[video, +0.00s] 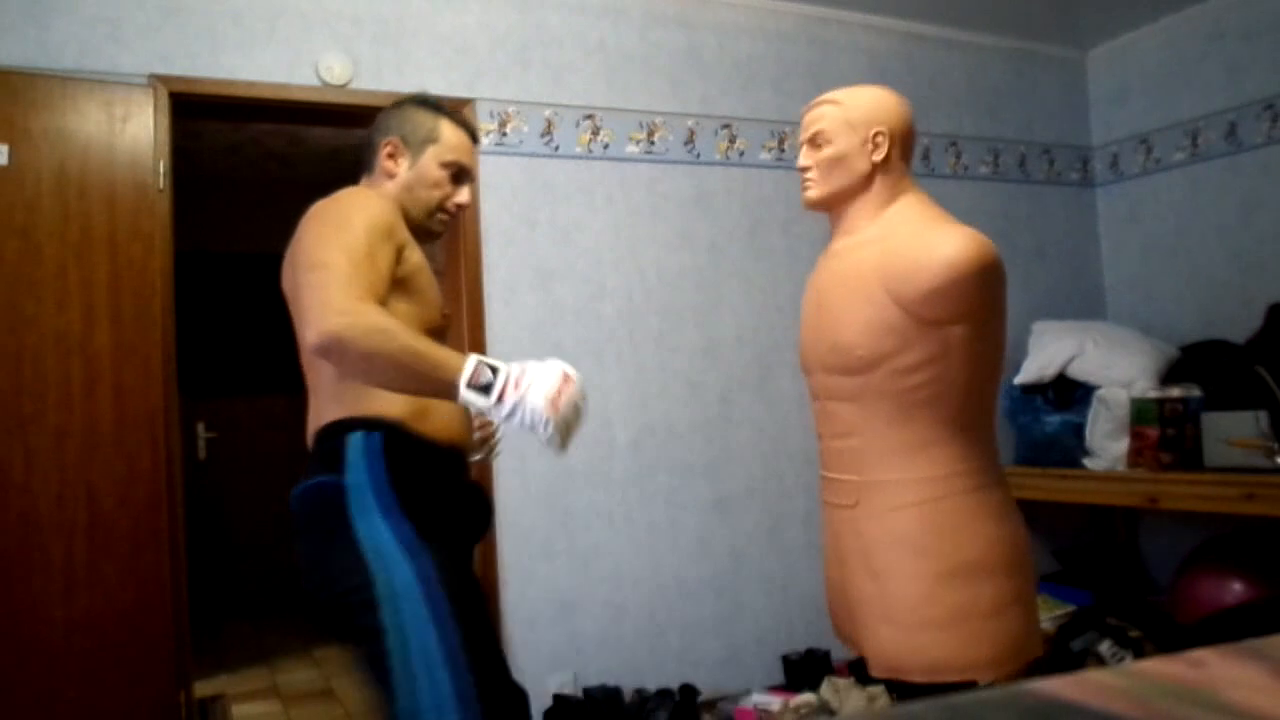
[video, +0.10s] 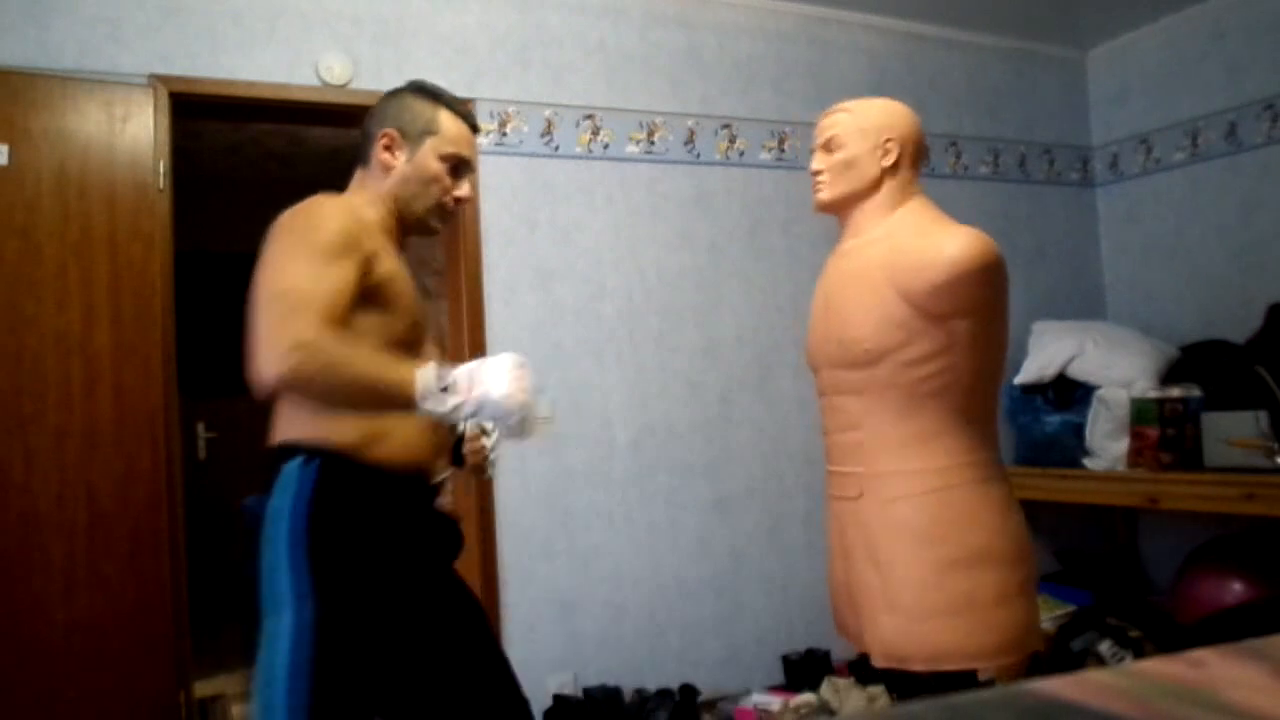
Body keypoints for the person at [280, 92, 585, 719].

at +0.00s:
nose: (464, 199)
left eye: (470, 184)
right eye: (453, 174)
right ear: (392, 157)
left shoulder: (400, 250)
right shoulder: (352, 212)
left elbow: (378, 390)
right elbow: (334, 326)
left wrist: (462, 429)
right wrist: (492, 380)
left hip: (416, 475)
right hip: (373, 472)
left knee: (487, 692)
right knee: (449, 694)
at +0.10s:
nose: (464, 192)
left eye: (470, 177)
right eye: (453, 166)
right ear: (390, 150)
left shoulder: (392, 263)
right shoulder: (325, 222)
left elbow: (360, 416)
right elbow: (282, 357)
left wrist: (454, 438)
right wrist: (438, 384)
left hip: (397, 510)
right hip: (330, 504)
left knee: (486, 708)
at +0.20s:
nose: (444, 213)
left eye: (449, 195)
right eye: (431, 187)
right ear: (362, 173)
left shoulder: (402, 308)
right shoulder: (265, 274)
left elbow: (379, 448)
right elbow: (202, 440)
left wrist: (453, 470)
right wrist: (375, 470)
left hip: (378, 578)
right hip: (269, 577)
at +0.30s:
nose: (405, 229)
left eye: (408, 210)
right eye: (387, 205)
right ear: (314, 192)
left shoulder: (390, 326)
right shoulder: (197, 317)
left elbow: (424, 435)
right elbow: (106, 490)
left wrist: (473, 491)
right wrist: (255, 546)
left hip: (358, 625)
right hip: (220, 625)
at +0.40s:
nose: (373, 182)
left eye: (376, 161)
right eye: (352, 157)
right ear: (276, 140)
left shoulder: (364, 270)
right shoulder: (149, 258)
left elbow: (385, 377)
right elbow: (36, 400)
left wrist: (421, 416)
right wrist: (133, 471)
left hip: (321, 566)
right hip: (184, 573)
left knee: (410, 718)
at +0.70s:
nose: (274, 163)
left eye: (278, 144)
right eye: (251, 137)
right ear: (173, 130)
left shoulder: (296, 267)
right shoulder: (52, 263)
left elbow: (351, 383)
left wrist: (360, 431)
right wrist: (50, 475)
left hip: (268, 567)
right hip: (118, 577)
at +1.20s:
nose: (268, 162)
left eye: (271, 141)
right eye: (245, 136)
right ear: (165, 126)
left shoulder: (304, 247)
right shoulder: (57, 270)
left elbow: (391, 391)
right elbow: (3, 423)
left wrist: (336, 347)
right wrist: (47, 476)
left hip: (298, 564)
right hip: (149, 575)